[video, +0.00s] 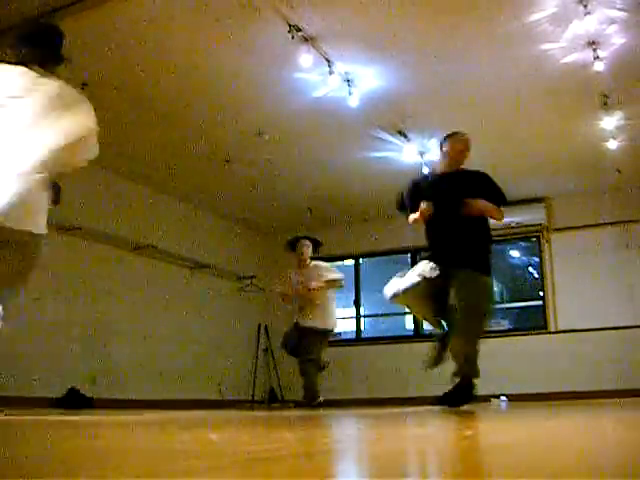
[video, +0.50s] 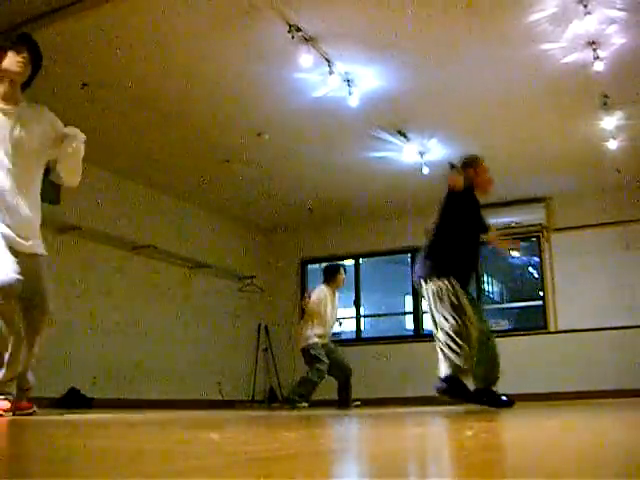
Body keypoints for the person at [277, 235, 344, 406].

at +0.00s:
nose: (304, 252)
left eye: (307, 248)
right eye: (301, 248)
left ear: (312, 251)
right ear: (295, 252)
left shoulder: (319, 268)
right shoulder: (293, 274)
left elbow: (339, 281)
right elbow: (284, 293)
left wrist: (317, 286)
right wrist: (286, 293)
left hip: (320, 321)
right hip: (302, 320)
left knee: (309, 361)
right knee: (288, 344)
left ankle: (312, 397)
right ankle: (318, 362)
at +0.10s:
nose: (314, 248)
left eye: (316, 244)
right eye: (310, 245)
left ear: (319, 247)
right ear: (302, 249)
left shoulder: (329, 265)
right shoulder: (294, 268)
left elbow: (345, 281)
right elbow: (275, 286)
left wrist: (331, 288)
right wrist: (296, 291)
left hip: (328, 313)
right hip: (306, 313)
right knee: (298, 338)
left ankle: (320, 382)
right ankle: (295, 370)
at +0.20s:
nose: (326, 255)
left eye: (327, 251)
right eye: (322, 251)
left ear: (327, 254)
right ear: (313, 255)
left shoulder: (332, 273)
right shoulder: (303, 273)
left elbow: (348, 287)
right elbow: (279, 284)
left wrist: (344, 298)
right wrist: (296, 299)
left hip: (324, 322)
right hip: (305, 321)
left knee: (347, 346)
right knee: (305, 349)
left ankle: (340, 381)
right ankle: (281, 384)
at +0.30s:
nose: (334, 273)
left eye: (334, 269)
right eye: (331, 269)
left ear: (332, 272)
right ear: (321, 272)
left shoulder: (334, 292)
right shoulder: (310, 286)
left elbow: (331, 305)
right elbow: (293, 287)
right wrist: (308, 298)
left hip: (321, 335)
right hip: (305, 334)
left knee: (340, 362)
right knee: (313, 364)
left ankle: (344, 395)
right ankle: (296, 397)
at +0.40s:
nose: (342, 284)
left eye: (342, 280)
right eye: (339, 281)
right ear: (329, 283)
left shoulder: (331, 301)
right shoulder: (319, 299)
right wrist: (313, 298)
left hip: (321, 343)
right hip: (307, 343)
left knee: (344, 373)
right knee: (321, 369)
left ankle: (343, 404)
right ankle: (295, 399)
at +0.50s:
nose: (343, 279)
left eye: (343, 275)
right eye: (341, 275)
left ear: (333, 277)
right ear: (333, 277)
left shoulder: (333, 294)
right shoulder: (320, 293)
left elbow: (326, 316)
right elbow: (310, 313)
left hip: (324, 340)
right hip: (310, 340)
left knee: (344, 370)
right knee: (319, 369)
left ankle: (345, 402)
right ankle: (295, 398)